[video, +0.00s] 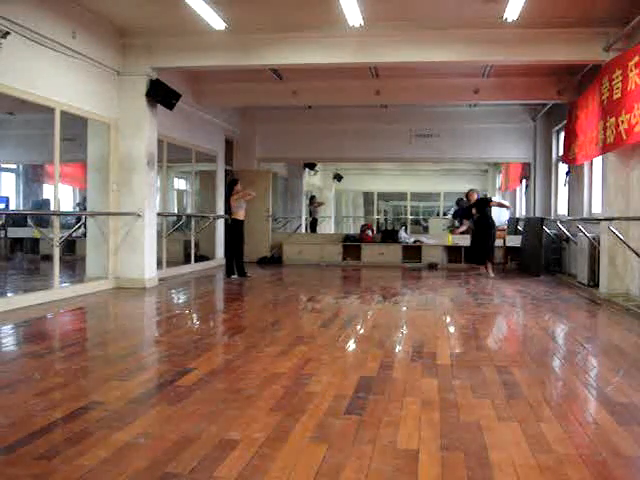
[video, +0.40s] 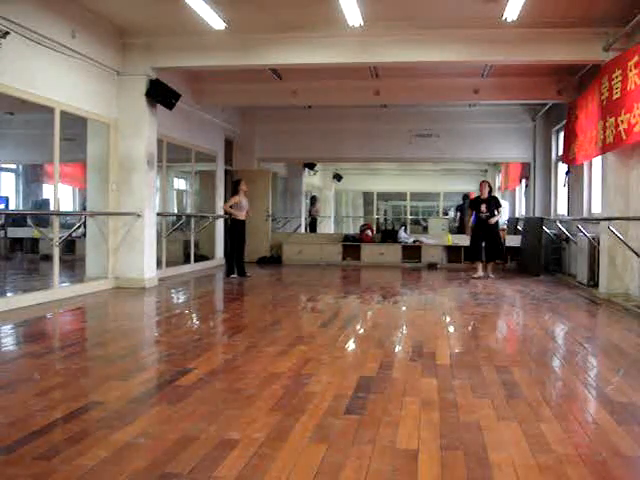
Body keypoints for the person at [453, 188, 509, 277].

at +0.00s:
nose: (470, 197)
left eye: (472, 195)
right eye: (469, 196)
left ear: (476, 195)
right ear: (467, 198)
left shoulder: (483, 202)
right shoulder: (467, 209)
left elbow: (497, 204)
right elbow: (465, 224)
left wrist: (506, 206)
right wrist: (458, 231)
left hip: (489, 227)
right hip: (478, 229)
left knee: (488, 248)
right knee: (479, 248)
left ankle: (490, 271)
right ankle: (482, 269)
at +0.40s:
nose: (483, 188)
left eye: (485, 186)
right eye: (482, 186)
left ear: (489, 188)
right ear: (480, 188)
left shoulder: (494, 199)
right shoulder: (474, 200)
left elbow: (499, 212)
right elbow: (470, 215)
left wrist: (495, 218)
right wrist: (469, 226)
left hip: (490, 227)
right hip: (478, 227)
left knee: (491, 248)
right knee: (477, 247)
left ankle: (489, 270)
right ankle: (479, 270)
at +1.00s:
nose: (485, 186)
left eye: (487, 184)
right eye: (485, 184)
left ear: (493, 185)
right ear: (485, 185)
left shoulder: (500, 196)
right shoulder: (481, 195)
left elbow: (508, 208)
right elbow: (472, 206)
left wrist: (501, 213)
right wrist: (470, 211)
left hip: (495, 226)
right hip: (483, 225)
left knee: (496, 249)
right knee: (482, 248)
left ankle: (497, 275)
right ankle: (483, 272)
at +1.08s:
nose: (487, 186)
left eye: (489, 184)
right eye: (487, 184)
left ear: (495, 186)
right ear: (488, 186)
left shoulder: (502, 199)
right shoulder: (483, 198)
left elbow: (510, 213)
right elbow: (479, 212)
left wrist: (502, 214)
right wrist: (472, 218)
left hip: (499, 229)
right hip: (486, 228)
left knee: (498, 251)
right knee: (482, 249)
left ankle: (497, 276)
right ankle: (483, 271)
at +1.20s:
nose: (489, 185)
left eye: (491, 183)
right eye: (489, 183)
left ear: (497, 184)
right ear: (491, 185)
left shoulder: (504, 198)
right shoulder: (485, 197)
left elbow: (510, 213)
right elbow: (483, 212)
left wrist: (500, 210)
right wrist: (480, 223)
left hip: (501, 227)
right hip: (488, 226)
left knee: (499, 250)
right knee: (485, 248)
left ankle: (497, 275)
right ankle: (487, 273)